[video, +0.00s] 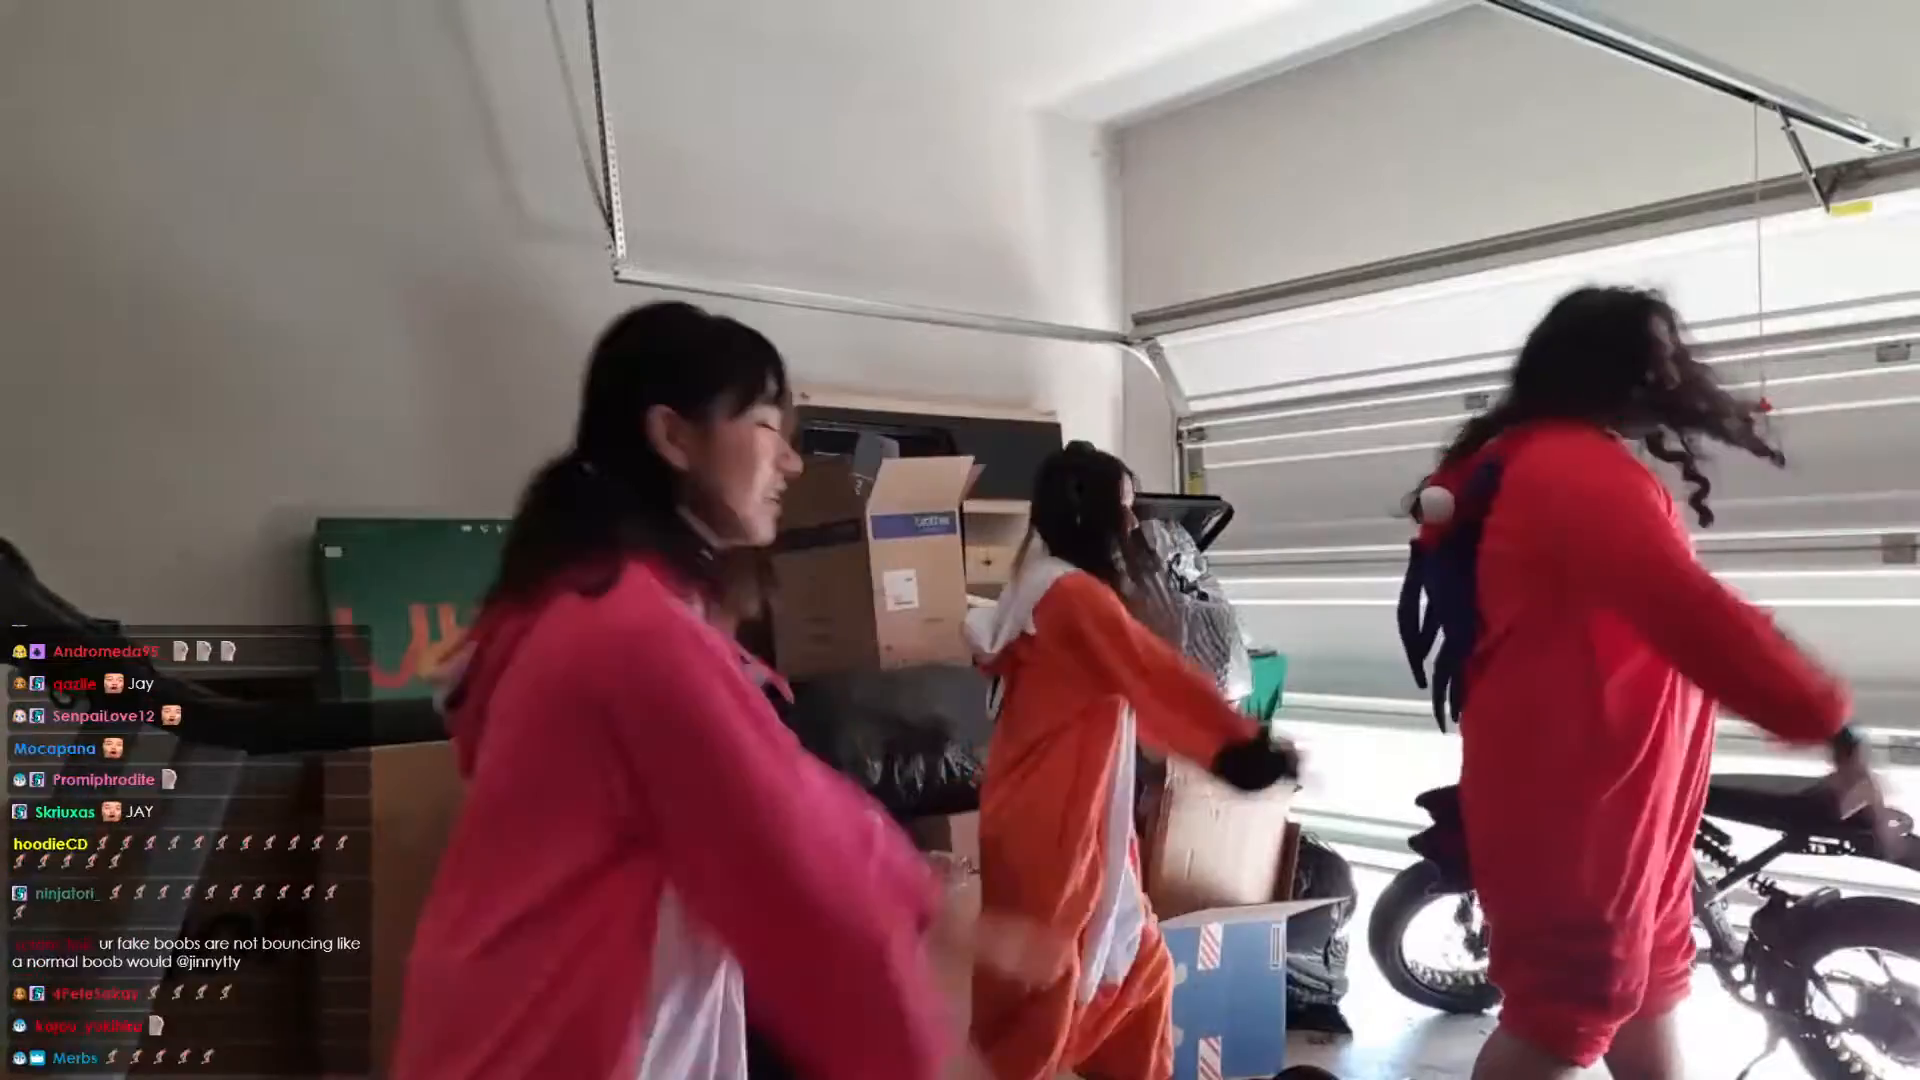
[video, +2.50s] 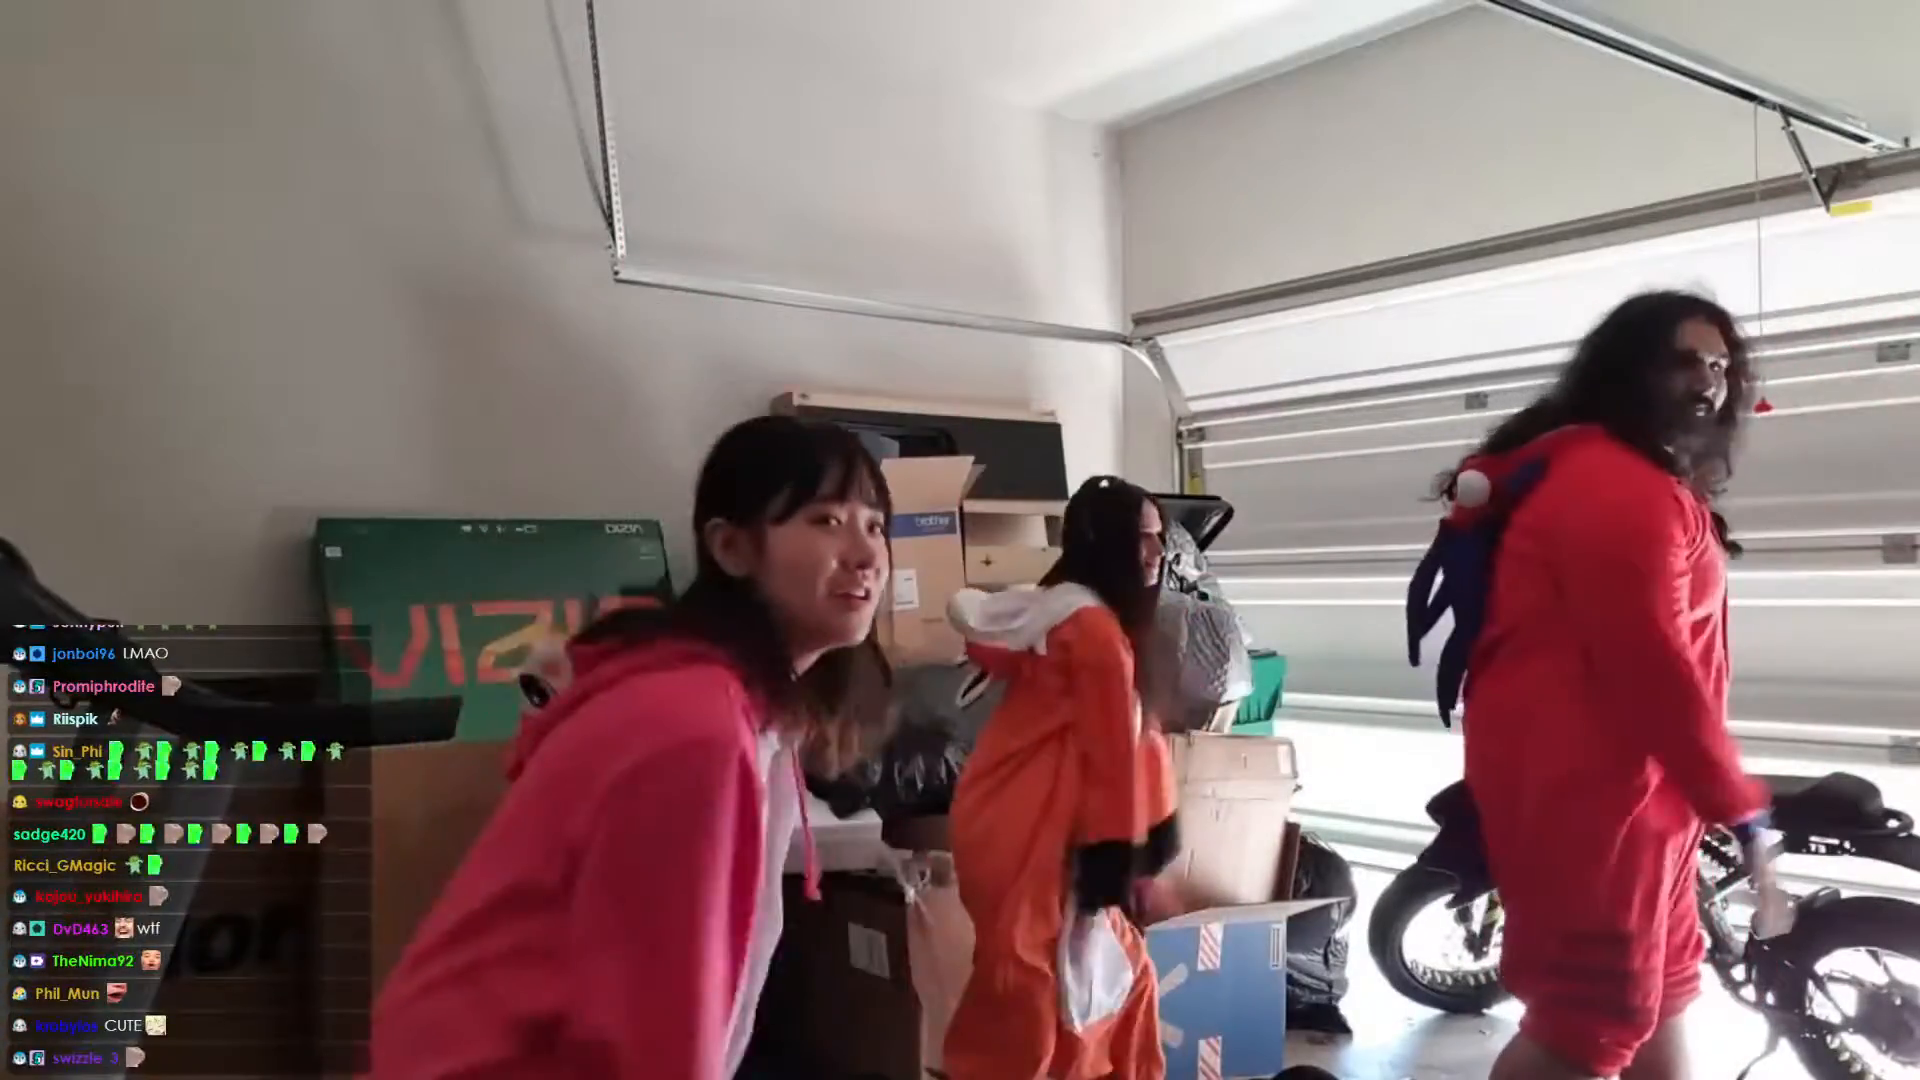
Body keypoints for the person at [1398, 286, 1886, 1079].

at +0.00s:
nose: (1675, 380)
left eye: (1673, 359)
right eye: (1661, 361)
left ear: (1562, 365)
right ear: (1622, 370)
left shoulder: (1591, 462)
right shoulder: (1572, 470)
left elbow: (1676, 603)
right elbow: (1690, 611)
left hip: (1633, 796)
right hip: (1569, 808)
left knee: (1646, 995)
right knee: (1561, 1020)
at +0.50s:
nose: (1634, 374)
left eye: (1639, 356)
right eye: (1613, 356)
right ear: (1558, 363)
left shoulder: (1589, 458)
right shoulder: (1537, 464)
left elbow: (1682, 493)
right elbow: (1721, 521)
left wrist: (1788, 450)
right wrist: (1893, 452)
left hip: (1652, 777)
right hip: (1580, 790)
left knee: (1665, 989)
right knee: (1572, 1016)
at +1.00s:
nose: (1627, 377)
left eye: (1638, 360)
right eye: (1601, 359)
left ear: (1653, 372)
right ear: (1548, 371)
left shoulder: (1603, 467)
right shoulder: (1545, 474)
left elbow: (1710, 494)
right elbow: (1731, 520)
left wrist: (1824, 471)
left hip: (1647, 793)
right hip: (1575, 807)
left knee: (1669, 986)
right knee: (1580, 1020)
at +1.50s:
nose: (1671, 370)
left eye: (1684, 352)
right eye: (1645, 350)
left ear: (1699, 369)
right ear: (1593, 365)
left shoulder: (1654, 473)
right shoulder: (1587, 479)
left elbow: (1700, 632)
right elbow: (1676, 643)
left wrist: (1770, 681)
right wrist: (1816, 738)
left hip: (1658, 786)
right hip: (1587, 793)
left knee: (1660, 1000)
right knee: (1576, 1020)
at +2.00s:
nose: (1681, 415)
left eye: (1680, 397)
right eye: (1666, 397)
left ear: (1585, 399)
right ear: (1613, 400)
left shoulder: (1604, 481)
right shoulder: (1566, 490)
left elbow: (1699, 435)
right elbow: (1778, 446)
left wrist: (1763, 327)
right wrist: (1888, 304)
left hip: (1670, 791)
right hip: (1610, 813)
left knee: (1738, 982)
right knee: (1640, 1036)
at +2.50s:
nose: (1709, 383)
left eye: (1721, 367)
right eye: (1686, 361)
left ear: (1734, 386)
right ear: (1632, 370)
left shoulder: (1648, 480)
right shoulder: (1613, 486)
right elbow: (1651, 668)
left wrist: (1705, 792)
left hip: (1628, 779)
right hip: (1579, 786)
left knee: (1662, 989)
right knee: (1591, 1022)